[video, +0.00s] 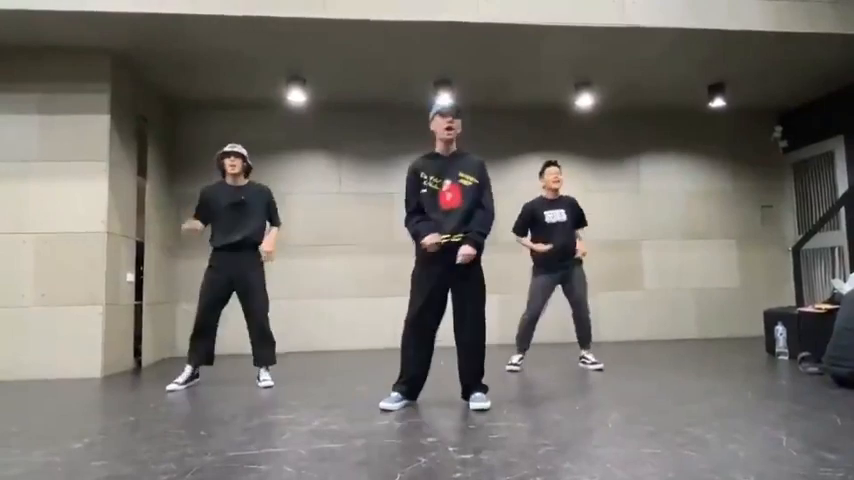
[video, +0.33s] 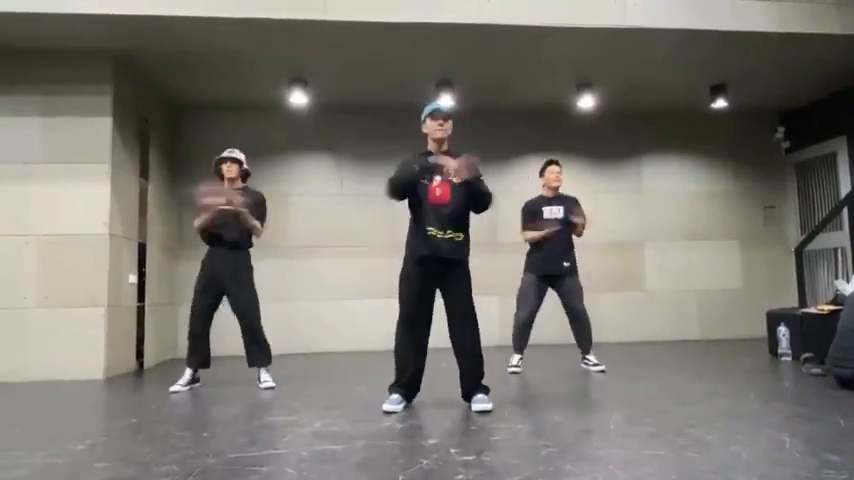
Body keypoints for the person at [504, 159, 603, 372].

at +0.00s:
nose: (556, 178)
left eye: (558, 175)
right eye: (551, 175)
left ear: (562, 179)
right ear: (542, 180)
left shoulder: (570, 203)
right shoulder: (532, 207)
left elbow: (577, 230)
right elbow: (518, 234)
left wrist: (580, 244)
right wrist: (532, 246)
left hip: (571, 266)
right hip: (545, 269)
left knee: (581, 308)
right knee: (532, 312)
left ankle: (585, 352)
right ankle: (519, 354)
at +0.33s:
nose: (557, 176)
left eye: (559, 173)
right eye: (552, 173)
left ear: (562, 178)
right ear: (542, 178)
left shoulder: (571, 202)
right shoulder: (531, 206)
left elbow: (579, 232)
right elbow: (526, 235)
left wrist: (577, 222)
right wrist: (545, 232)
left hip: (565, 268)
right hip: (536, 269)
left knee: (577, 310)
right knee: (524, 314)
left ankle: (587, 355)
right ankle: (517, 355)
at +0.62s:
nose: (550, 179)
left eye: (552, 176)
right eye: (545, 176)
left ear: (556, 180)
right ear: (536, 181)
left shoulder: (567, 206)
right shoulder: (527, 210)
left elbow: (578, 234)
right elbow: (516, 238)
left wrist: (604, 236)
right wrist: (508, 239)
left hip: (567, 272)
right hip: (538, 274)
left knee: (578, 313)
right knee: (527, 317)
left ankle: (587, 355)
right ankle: (519, 355)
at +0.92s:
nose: (545, 173)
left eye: (547, 171)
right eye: (540, 171)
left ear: (552, 178)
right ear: (533, 180)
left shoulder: (564, 205)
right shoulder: (526, 207)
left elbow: (575, 234)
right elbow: (516, 237)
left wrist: (599, 233)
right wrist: (507, 233)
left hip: (566, 271)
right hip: (537, 272)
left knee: (578, 311)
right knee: (525, 315)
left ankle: (587, 354)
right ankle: (516, 355)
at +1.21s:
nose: (529, 187)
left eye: (532, 182)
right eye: (525, 185)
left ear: (541, 181)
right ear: (523, 188)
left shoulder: (558, 208)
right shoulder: (521, 209)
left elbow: (568, 238)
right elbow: (511, 239)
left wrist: (595, 240)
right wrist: (502, 236)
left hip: (555, 273)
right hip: (528, 275)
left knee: (576, 311)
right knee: (521, 317)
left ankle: (581, 355)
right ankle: (511, 355)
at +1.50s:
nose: (550, 175)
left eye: (553, 172)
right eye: (546, 172)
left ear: (558, 175)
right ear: (538, 176)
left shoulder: (567, 203)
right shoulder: (528, 203)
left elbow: (578, 231)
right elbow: (518, 233)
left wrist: (604, 231)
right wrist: (508, 230)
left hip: (568, 268)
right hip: (539, 270)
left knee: (582, 309)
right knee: (532, 311)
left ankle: (590, 352)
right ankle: (525, 353)